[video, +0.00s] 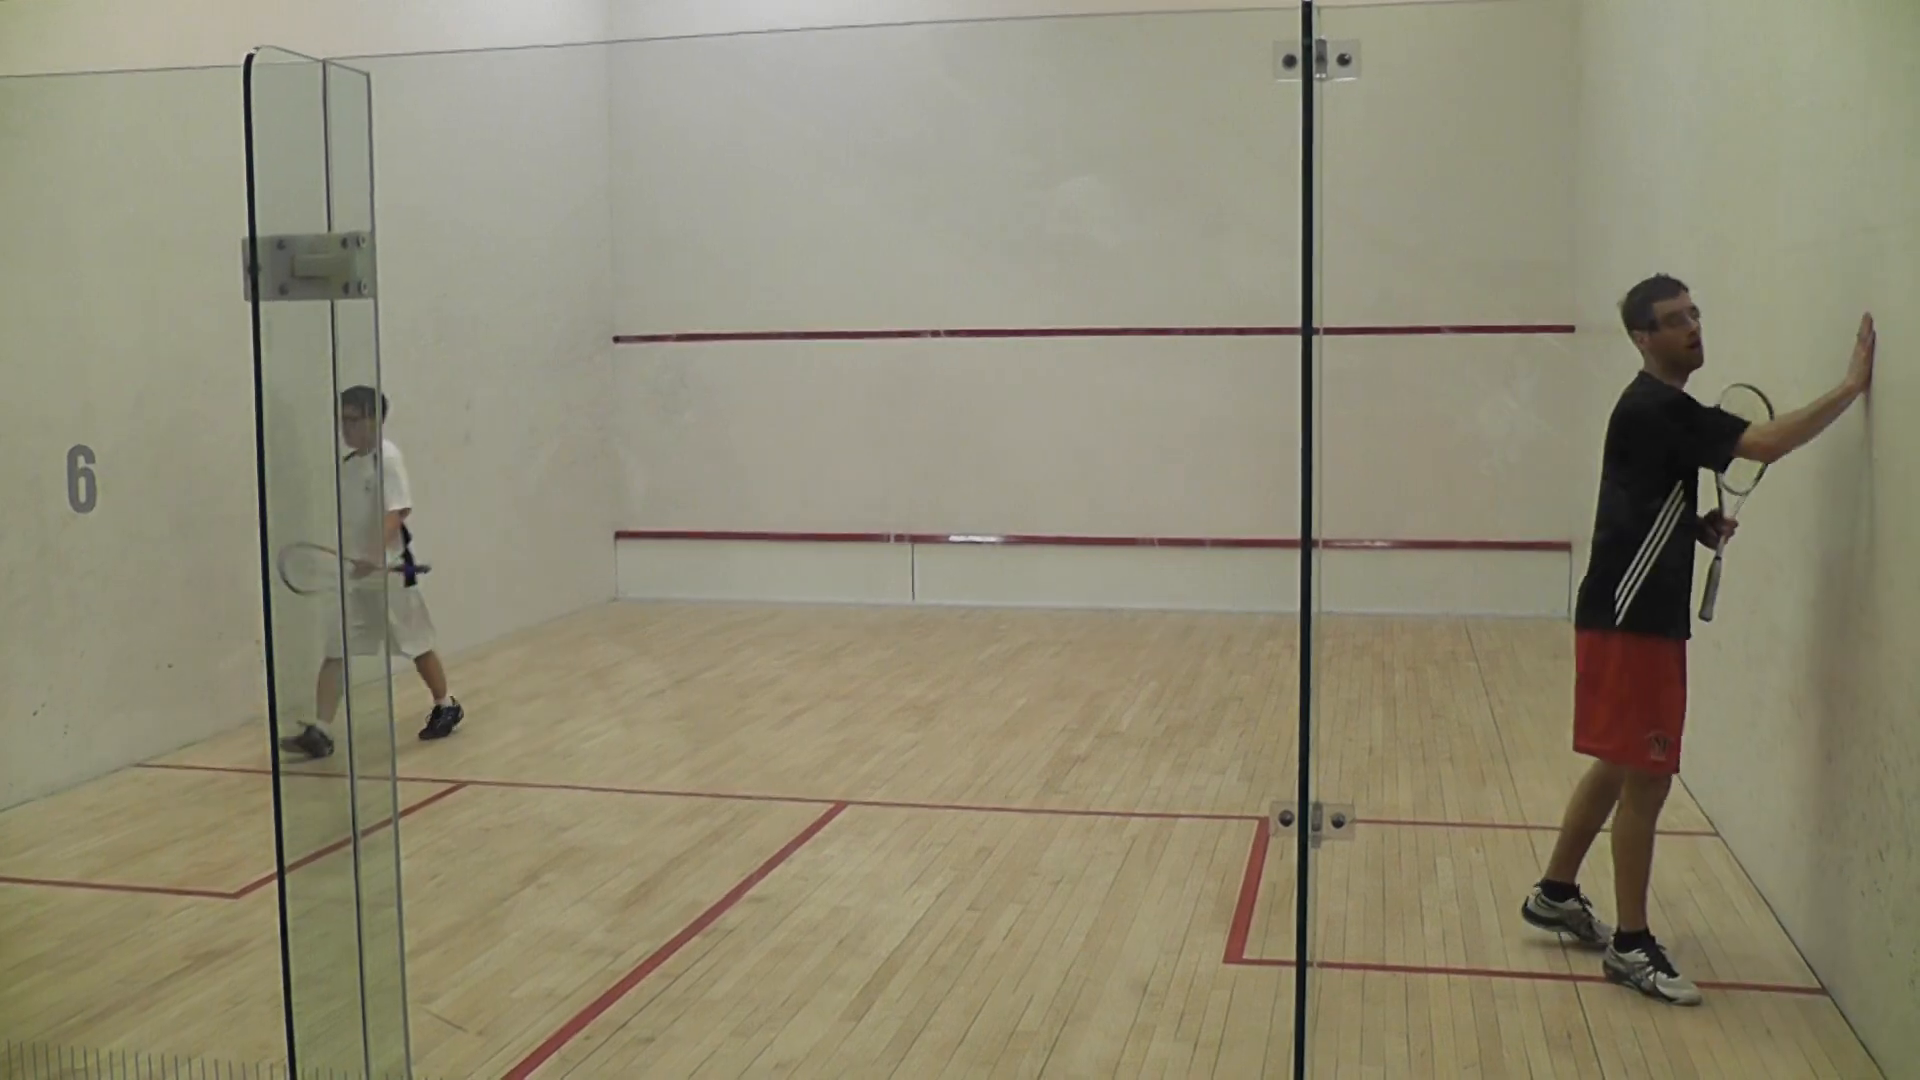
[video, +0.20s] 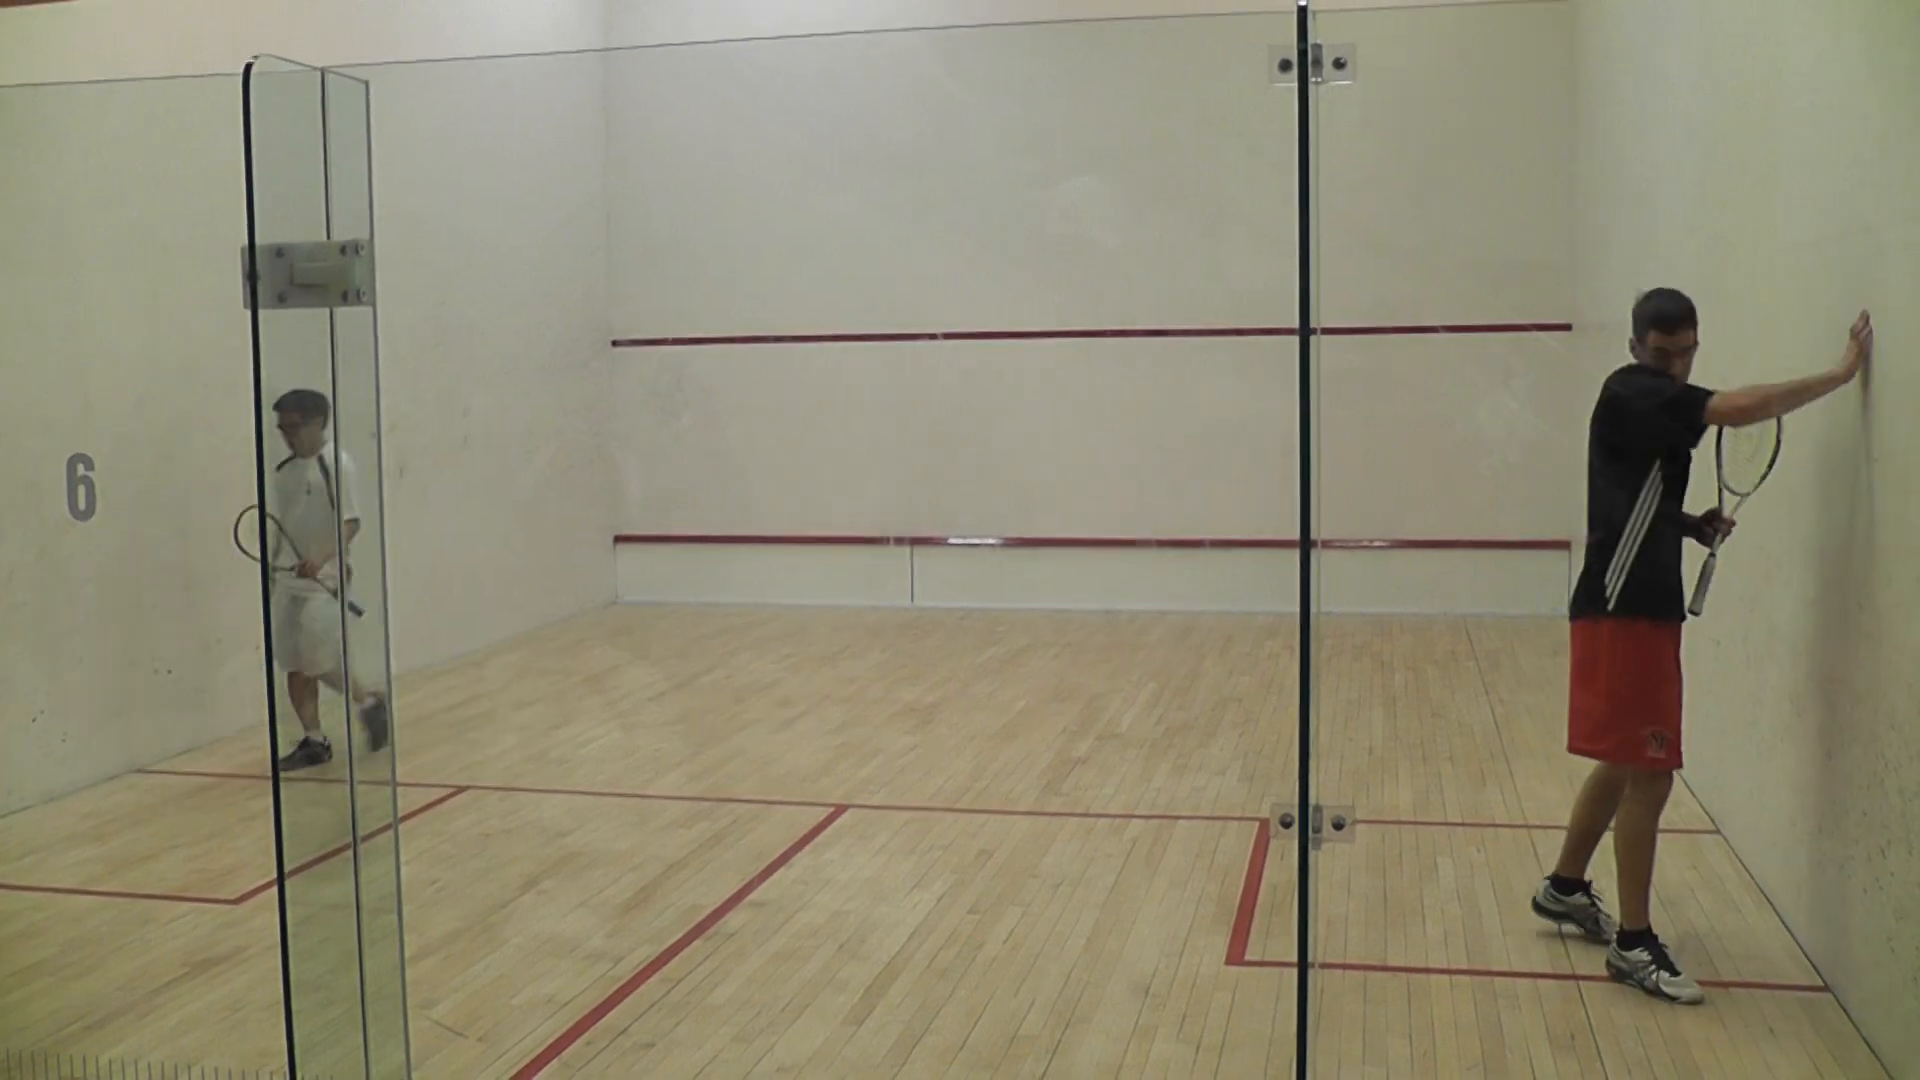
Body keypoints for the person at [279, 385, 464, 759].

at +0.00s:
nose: (346, 428)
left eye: (354, 420)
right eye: (343, 420)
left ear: (375, 421)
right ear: (340, 422)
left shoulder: (387, 458)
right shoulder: (346, 464)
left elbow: (397, 513)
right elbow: (350, 519)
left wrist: (374, 553)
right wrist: (347, 554)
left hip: (390, 571)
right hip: (355, 573)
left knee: (415, 640)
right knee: (336, 650)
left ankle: (445, 705)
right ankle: (320, 730)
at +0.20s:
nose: (285, 435)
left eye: (293, 427)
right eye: (282, 428)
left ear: (319, 425)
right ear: (281, 428)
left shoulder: (337, 465)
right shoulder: (283, 471)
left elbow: (351, 522)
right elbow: (278, 527)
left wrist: (321, 557)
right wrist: (275, 569)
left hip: (325, 583)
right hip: (287, 583)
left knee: (319, 660)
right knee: (295, 664)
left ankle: (370, 703)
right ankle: (314, 739)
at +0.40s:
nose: (234, 444)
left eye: (241, 436)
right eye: (231, 436)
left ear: (265, 433)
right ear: (230, 434)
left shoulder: (284, 471)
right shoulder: (232, 474)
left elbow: (311, 529)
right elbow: (206, 511)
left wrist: (298, 582)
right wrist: (159, 531)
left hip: (273, 590)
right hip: (246, 589)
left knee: (255, 675)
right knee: (276, 670)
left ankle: (235, 764)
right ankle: (310, 740)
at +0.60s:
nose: (179, 452)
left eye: (185, 444)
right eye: (176, 444)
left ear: (212, 439)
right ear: (181, 441)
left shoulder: (236, 483)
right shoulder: (181, 480)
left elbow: (256, 552)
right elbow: (139, 492)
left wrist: (254, 611)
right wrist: (92, 476)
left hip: (221, 603)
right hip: (187, 602)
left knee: (208, 686)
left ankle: (202, 774)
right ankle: (254, 721)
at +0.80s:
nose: (123, 453)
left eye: (129, 445)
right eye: (120, 445)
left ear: (156, 437)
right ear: (125, 442)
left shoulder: (180, 475)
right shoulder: (130, 477)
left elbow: (200, 541)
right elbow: (92, 481)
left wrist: (191, 600)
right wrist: (43, 447)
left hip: (178, 606)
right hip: (136, 604)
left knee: (190, 693)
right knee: (111, 686)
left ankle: (199, 775)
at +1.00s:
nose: (66, 465)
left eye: (72, 456)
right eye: (62, 457)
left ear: (100, 449)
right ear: (62, 455)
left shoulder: (123, 492)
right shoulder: (71, 487)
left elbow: (148, 558)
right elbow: (30, 511)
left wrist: (132, 617)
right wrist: (3, 468)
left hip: (124, 625)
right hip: (79, 624)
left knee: (150, 710)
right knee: (68, 717)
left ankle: (187, 769)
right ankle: (66, 813)